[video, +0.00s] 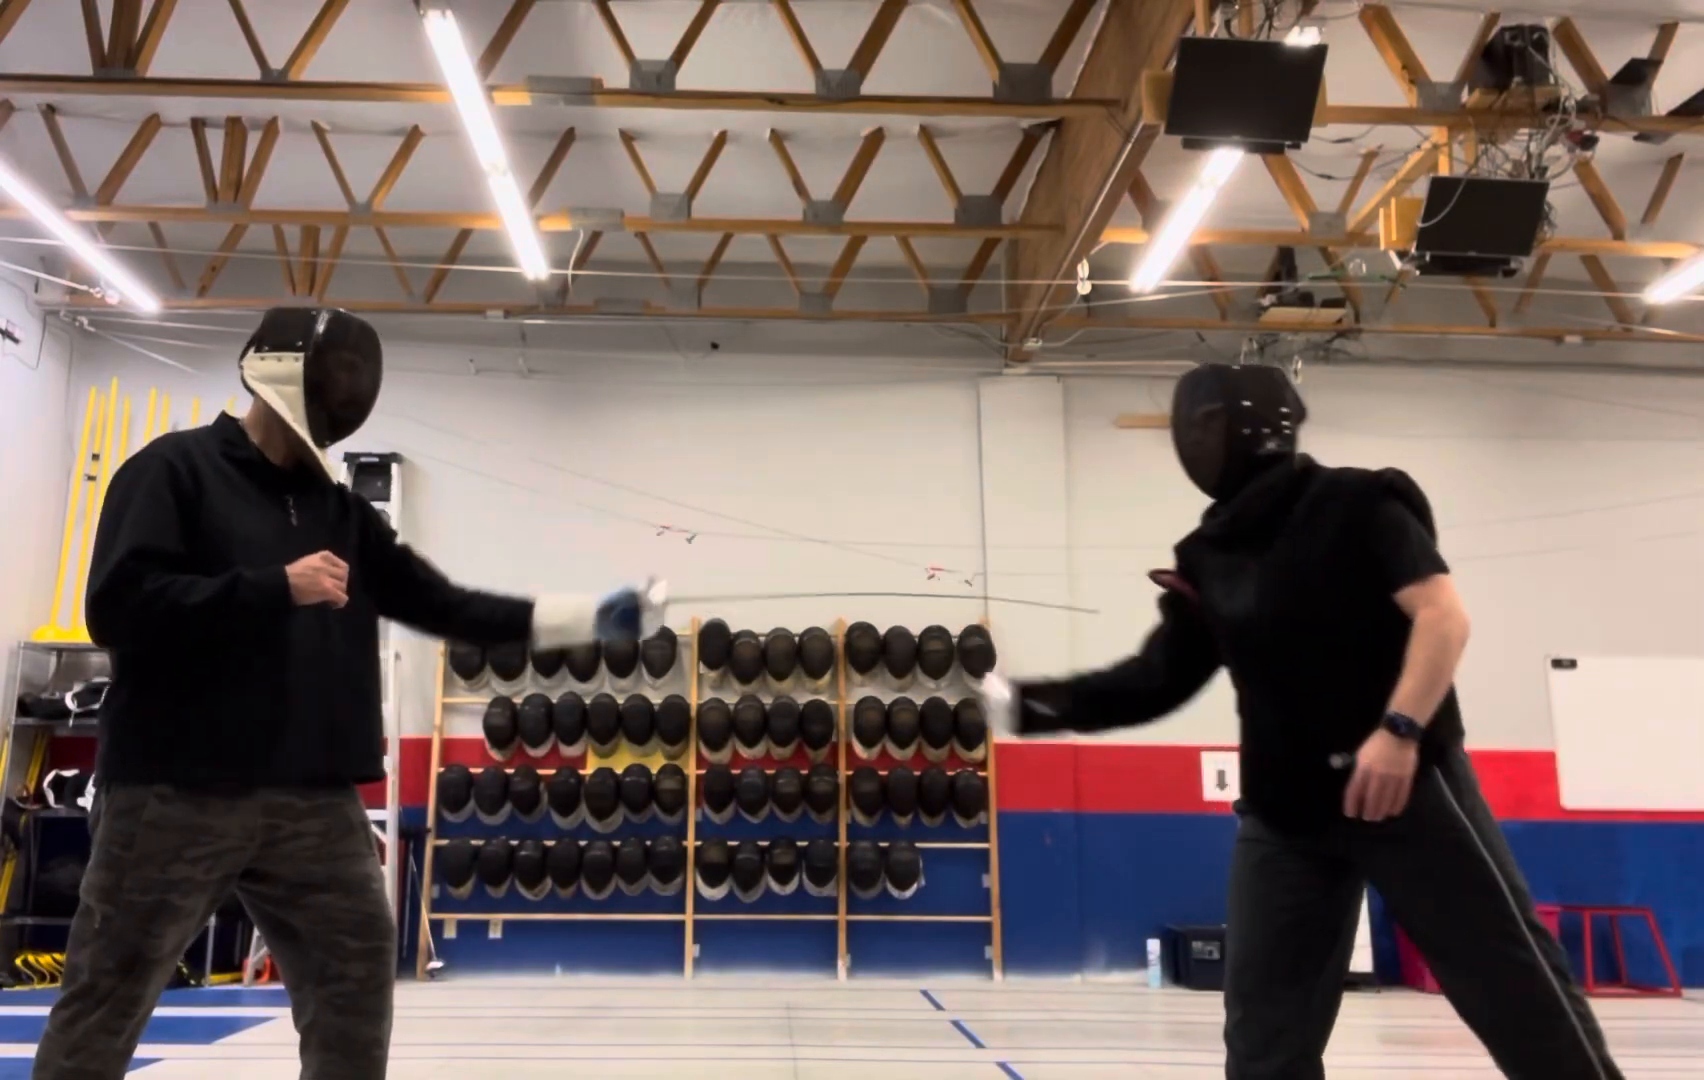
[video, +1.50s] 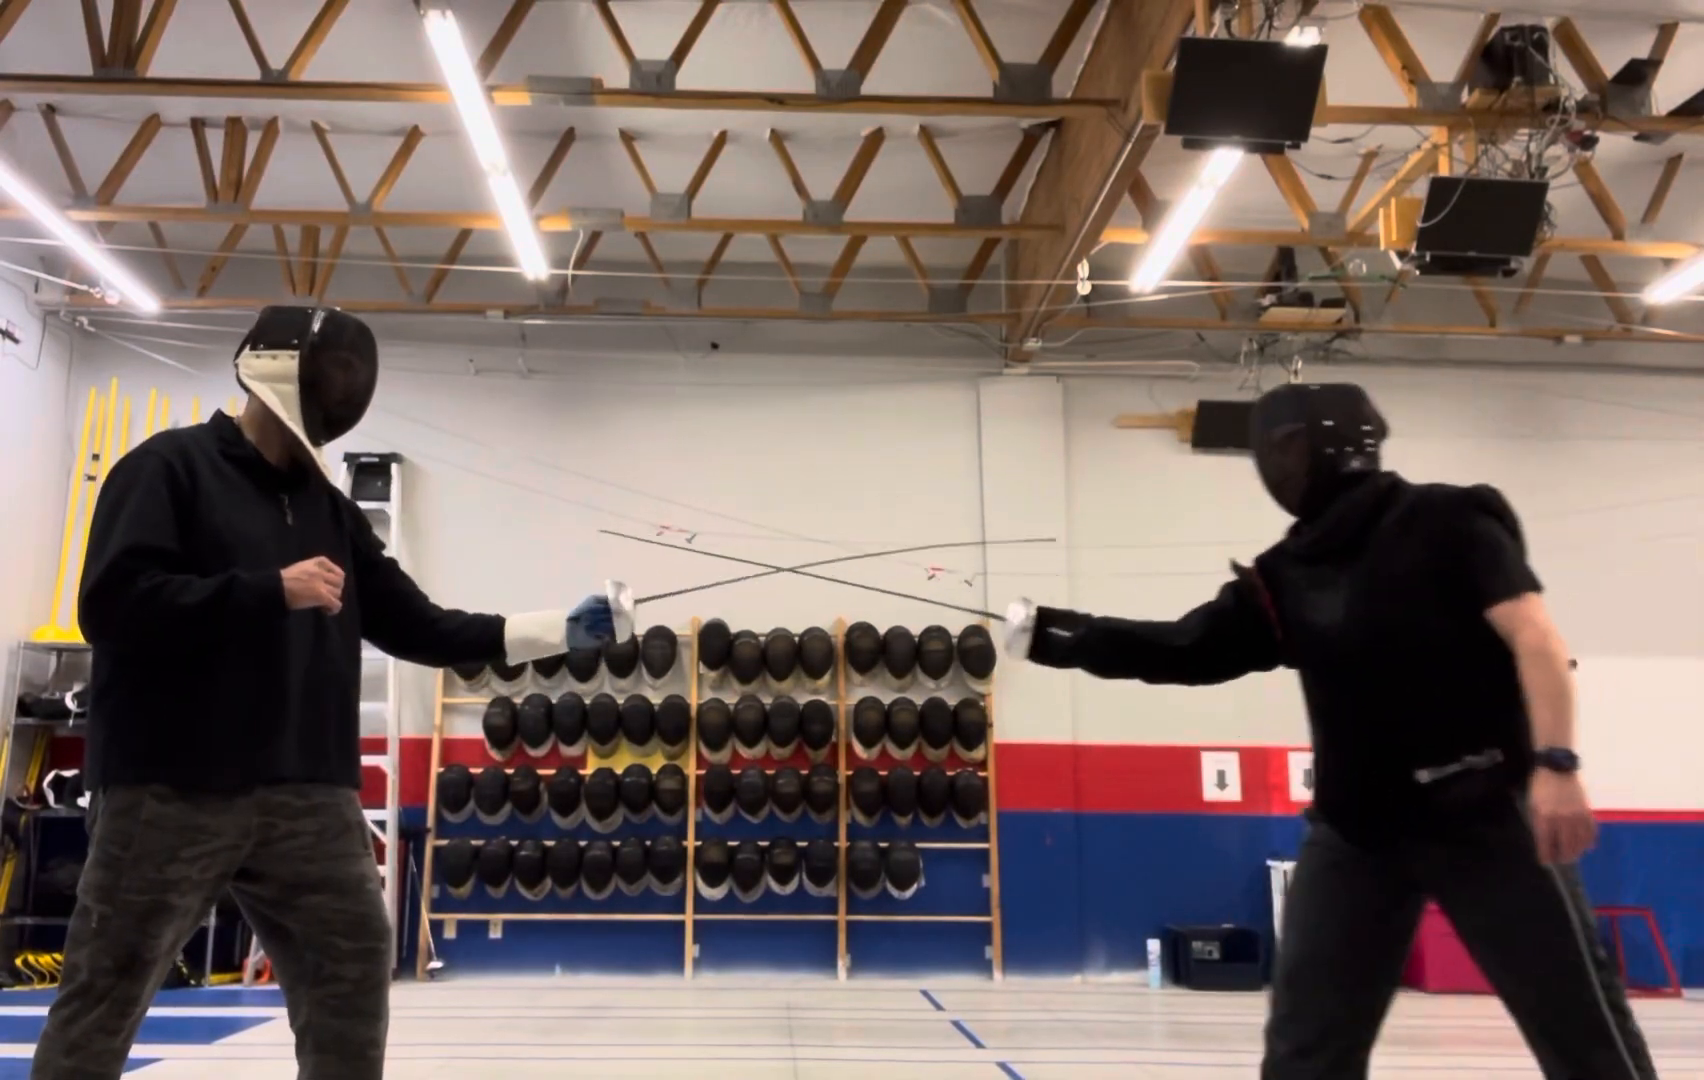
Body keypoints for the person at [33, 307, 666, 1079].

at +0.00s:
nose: (327, 435)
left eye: (338, 418)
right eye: (317, 413)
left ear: (342, 407)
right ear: (273, 387)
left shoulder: (337, 511)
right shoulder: (165, 474)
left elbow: (441, 606)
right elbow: (117, 604)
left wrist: (585, 623)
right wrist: (273, 586)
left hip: (310, 803)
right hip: (172, 796)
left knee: (353, 996)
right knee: (102, 1008)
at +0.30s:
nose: (334, 406)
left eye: (341, 395)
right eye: (317, 386)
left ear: (343, 407)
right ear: (260, 372)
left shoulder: (318, 512)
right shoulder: (155, 470)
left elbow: (380, 643)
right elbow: (106, 602)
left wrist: (492, 663)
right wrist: (266, 584)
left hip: (298, 797)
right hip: (162, 794)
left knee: (348, 971)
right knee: (102, 1001)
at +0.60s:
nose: (310, 417)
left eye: (324, 403)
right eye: (302, 392)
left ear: (332, 405)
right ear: (258, 371)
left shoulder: (323, 510)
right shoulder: (152, 471)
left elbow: (404, 631)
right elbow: (105, 607)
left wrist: (537, 648)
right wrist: (263, 587)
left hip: (303, 798)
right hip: (166, 793)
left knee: (349, 976)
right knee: (103, 1003)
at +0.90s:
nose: (330, 401)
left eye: (340, 387)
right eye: (319, 378)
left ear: (335, 397)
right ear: (266, 368)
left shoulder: (326, 508)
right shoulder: (158, 471)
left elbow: (410, 627)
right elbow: (112, 607)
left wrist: (549, 643)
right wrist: (270, 587)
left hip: (307, 798)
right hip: (170, 793)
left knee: (351, 970)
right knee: (105, 1001)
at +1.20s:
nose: (323, 418)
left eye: (334, 401)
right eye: (313, 392)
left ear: (337, 401)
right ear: (265, 373)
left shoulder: (326, 507)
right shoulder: (162, 470)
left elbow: (406, 632)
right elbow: (115, 606)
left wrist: (545, 629)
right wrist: (272, 589)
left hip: (307, 799)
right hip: (170, 793)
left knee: (351, 977)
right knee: (103, 1002)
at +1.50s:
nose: (323, 416)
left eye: (335, 400)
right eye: (315, 390)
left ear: (336, 402)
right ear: (267, 374)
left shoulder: (327, 507)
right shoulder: (161, 469)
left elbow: (410, 624)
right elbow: (111, 603)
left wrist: (556, 634)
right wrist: (268, 589)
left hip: (305, 794)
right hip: (168, 788)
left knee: (349, 973)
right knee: (103, 996)